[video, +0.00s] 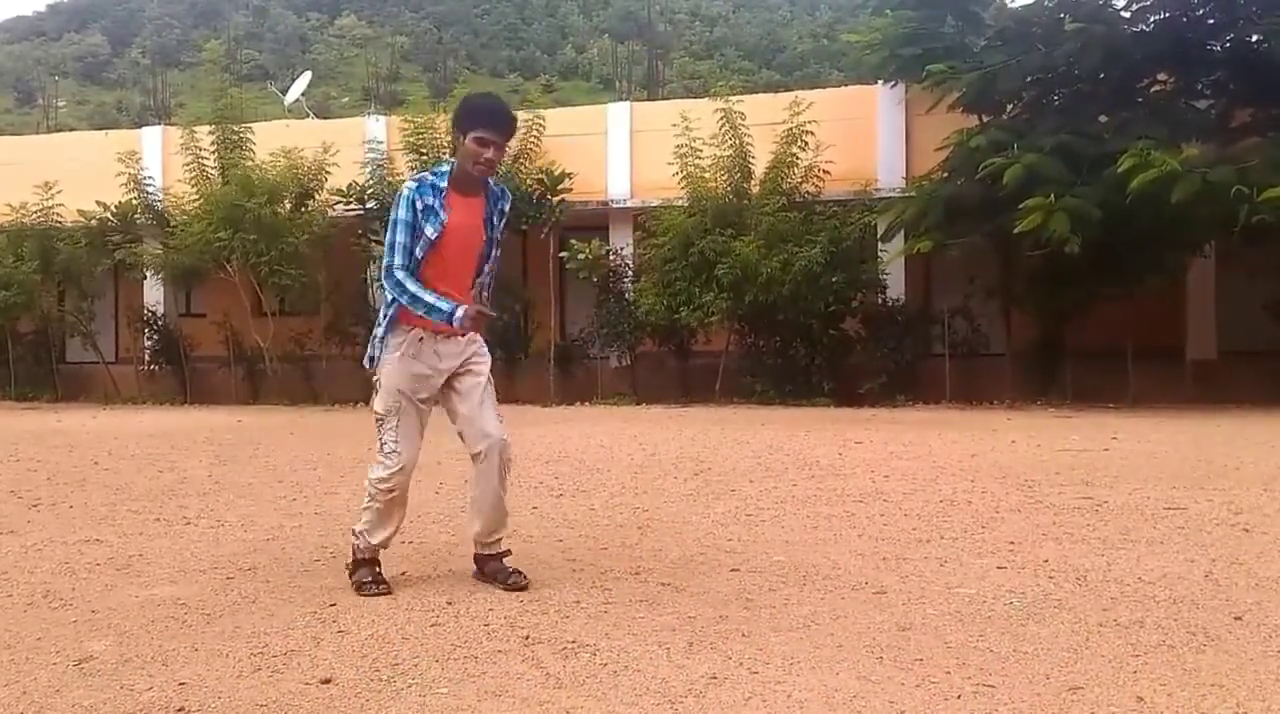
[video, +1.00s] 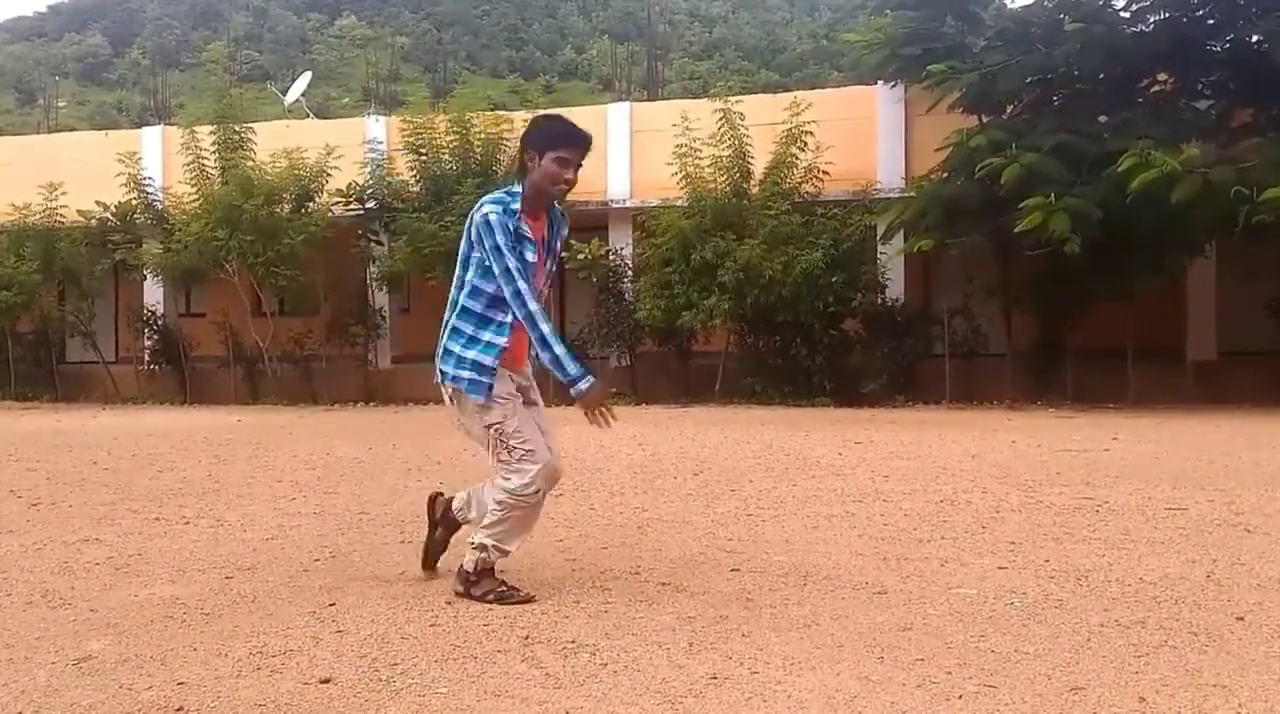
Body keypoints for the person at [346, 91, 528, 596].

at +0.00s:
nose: (489, 154)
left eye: (498, 146)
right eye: (480, 142)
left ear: (506, 150)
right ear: (458, 140)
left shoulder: (499, 200)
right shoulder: (417, 192)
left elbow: (486, 264)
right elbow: (394, 274)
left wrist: (478, 309)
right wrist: (452, 313)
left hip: (466, 345)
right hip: (410, 342)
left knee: (492, 443)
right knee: (398, 460)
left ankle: (489, 555)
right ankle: (365, 554)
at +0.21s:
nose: (499, 172)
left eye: (507, 163)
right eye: (491, 160)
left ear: (512, 164)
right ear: (463, 154)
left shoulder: (495, 216)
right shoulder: (426, 200)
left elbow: (494, 295)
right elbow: (423, 284)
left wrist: (496, 371)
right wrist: (455, 352)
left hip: (473, 343)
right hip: (421, 339)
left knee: (489, 460)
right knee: (441, 459)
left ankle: (433, 555)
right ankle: (370, 537)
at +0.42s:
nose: (546, 179)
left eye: (552, 170)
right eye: (539, 166)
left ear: (550, 167)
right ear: (511, 158)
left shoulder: (523, 202)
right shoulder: (468, 180)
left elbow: (559, 225)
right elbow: (396, 220)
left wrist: (588, 196)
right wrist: (331, 274)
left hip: (450, 318)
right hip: (416, 312)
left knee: (448, 437)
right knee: (489, 402)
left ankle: (429, 547)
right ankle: (460, 529)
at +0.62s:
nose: (540, 131)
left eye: (550, 123)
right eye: (530, 119)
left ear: (556, 128)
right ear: (505, 117)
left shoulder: (540, 179)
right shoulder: (465, 154)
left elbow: (570, 226)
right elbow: (381, 164)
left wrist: (568, 168)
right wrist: (305, 180)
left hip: (484, 323)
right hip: (453, 319)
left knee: (433, 422)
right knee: (495, 443)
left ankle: (347, 487)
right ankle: (474, 568)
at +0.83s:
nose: (547, 154)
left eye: (555, 144)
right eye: (537, 141)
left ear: (560, 149)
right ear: (508, 141)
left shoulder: (544, 209)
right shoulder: (467, 197)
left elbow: (522, 283)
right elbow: (406, 264)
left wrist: (554, 305)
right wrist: (346, 330)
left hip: (511, 356)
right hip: (472, 351)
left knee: (470, 472)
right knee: (535, 469)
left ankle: (385, 523)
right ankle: (477, 569)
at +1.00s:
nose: (570, 175)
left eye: (576, 165)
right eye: (561, 163)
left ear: (578, 168)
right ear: (530, 159)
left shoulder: (555, 222)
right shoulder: (494, 215)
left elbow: (528, 304)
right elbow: (526, 305)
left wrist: (524, 367)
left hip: (515, 365)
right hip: (474, 365)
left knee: (545, 469)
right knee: (528, 470)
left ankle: (453, 510)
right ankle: (476, 570)